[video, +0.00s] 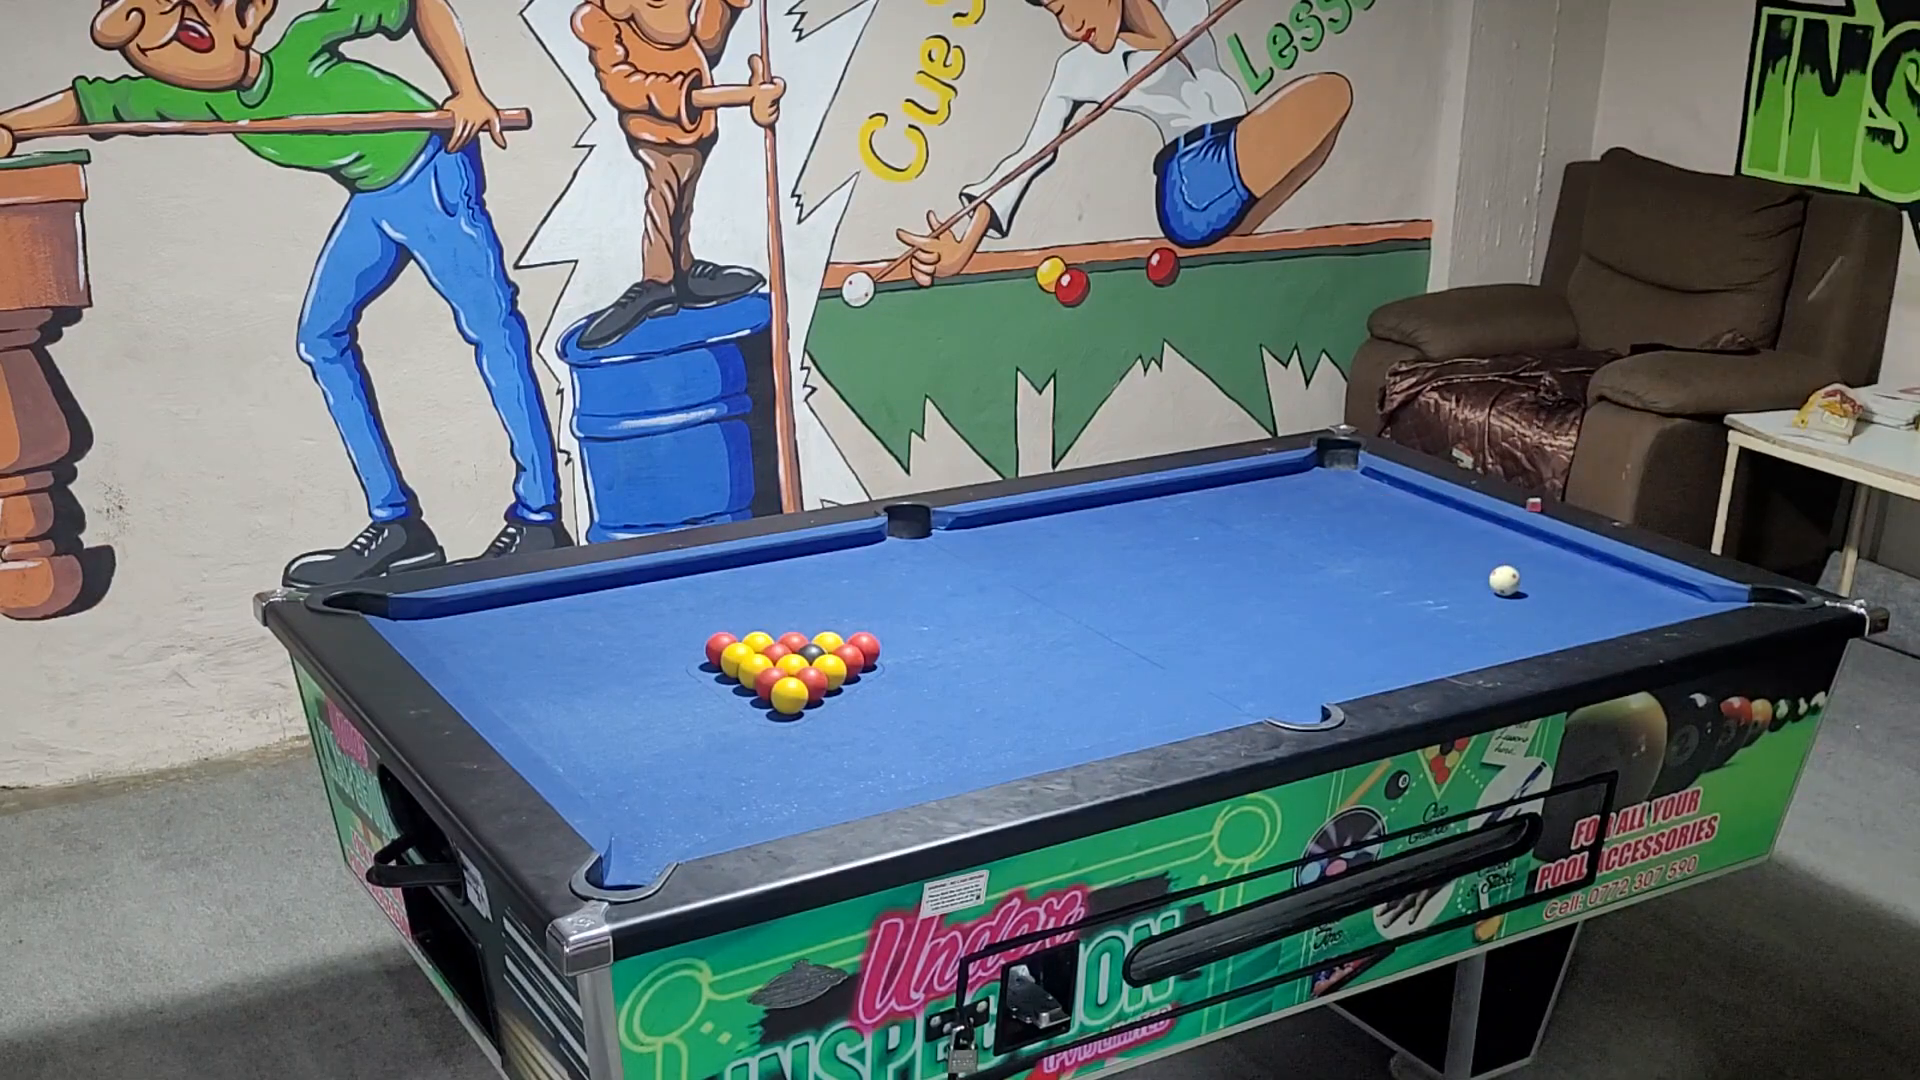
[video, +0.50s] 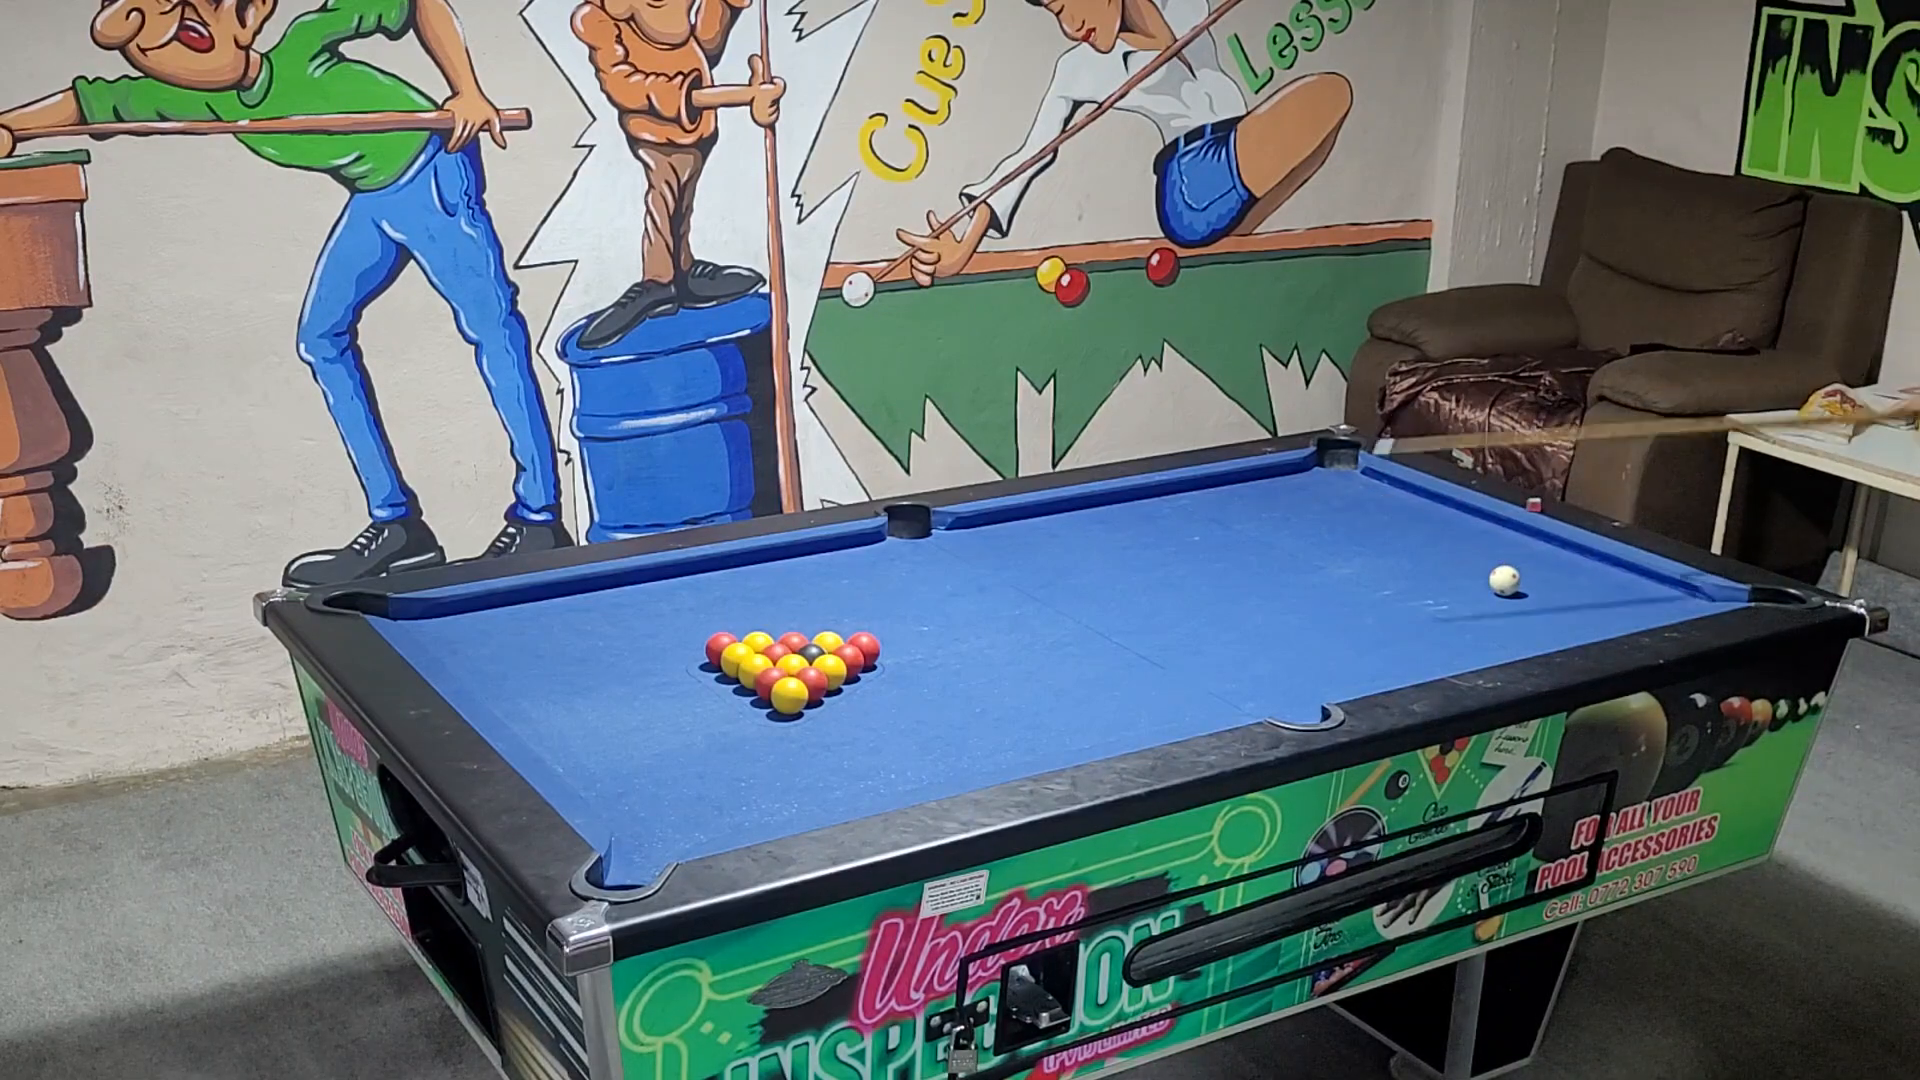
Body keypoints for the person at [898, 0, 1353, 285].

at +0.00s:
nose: (1070, 24)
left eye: (1070, 5)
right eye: (1057, 16)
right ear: (1056, 18)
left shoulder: (1176, 11)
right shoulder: (1076, 70)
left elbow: (1200, 58)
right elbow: (1028, 157)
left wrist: (1138, 13)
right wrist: (963, 246)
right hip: (1191, 185)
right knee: (1330, 91)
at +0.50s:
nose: (1070, 24)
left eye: (1070, 5)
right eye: (1057, 16)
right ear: (1056, 18)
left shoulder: (1175, 10)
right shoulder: (1077, 69)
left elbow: (1200, 58)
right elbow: (1028, 157)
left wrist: (1138, 14)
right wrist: (963, 246)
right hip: (1191, 185)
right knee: (1330, 91)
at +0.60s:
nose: (1069, 24)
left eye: (1070, 5)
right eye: (1057, 15)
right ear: (1056, 18)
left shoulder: (1175, 10)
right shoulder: (1077, 69)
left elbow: (1200, 57)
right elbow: (1028, 157)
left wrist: (1140, 14)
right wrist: (964, 245)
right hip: (1196, 178)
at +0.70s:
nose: (1070, 24)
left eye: (1071, 4)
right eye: (1057, 15)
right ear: (1056, 19)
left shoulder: (1176, 10)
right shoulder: (1076, 69)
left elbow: (1198, 57)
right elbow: (1028, 157)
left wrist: (1137, 11)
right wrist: (963, 246)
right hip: (1192, 182)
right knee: (1332, 92)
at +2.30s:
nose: (1070, 24)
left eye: (1071, 5)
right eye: (1056, 15)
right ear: (1055, 18)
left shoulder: (1175, 11)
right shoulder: (1076, 69)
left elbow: (1196, 58)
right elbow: (1029, 156)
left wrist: (1139, 12)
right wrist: (963, 244)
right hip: (1191, 183)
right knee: (1330, 91)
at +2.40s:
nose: (1070, 23)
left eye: (1071, 4)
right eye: (1056, 15)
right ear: (1055, 18)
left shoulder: (1174, 9)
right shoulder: (1076, 69)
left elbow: (1195, 57)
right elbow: (1028, 156)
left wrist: (1141, 15)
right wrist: (964, 245)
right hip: (1193, 172)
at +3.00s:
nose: (1070, 23)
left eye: (1071, 4)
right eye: (1056, 15)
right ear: (1055, 18)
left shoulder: (1174, 9)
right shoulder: (1076, 69)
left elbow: (1196, 56)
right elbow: (1028, 156)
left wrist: (1142, 15)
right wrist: (964, 245)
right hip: (1194, 167)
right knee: (1187, 206)